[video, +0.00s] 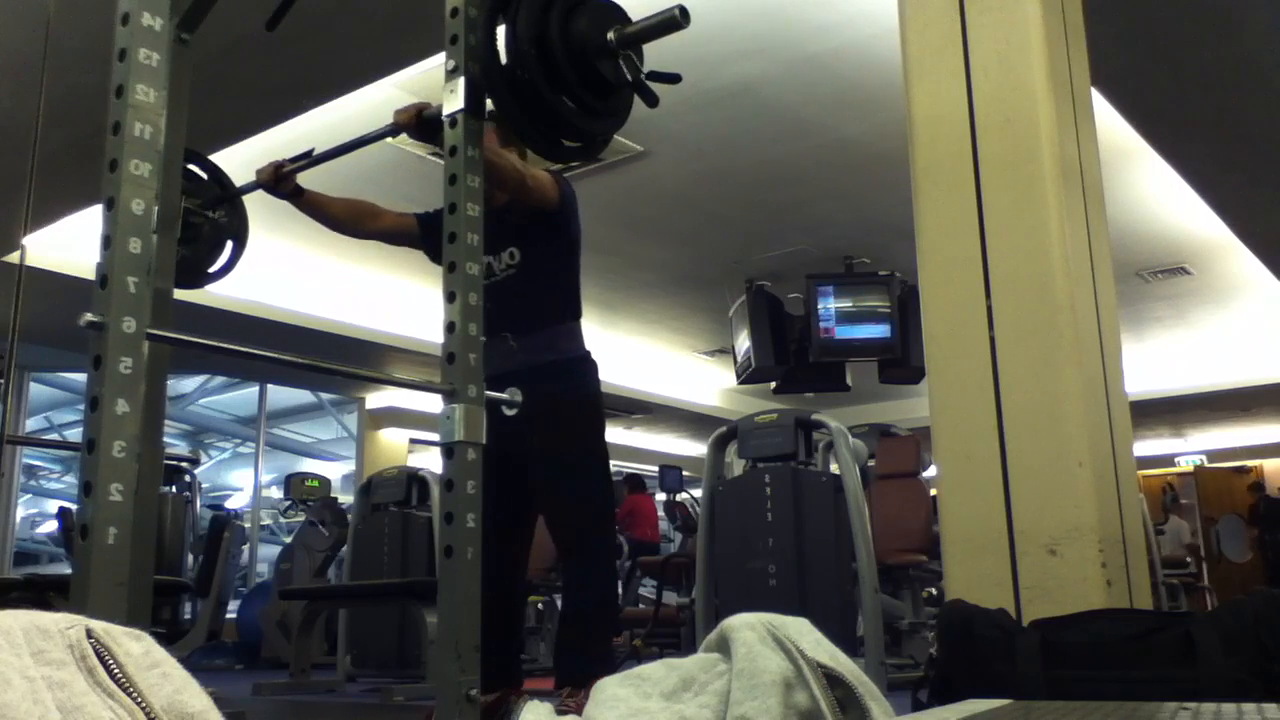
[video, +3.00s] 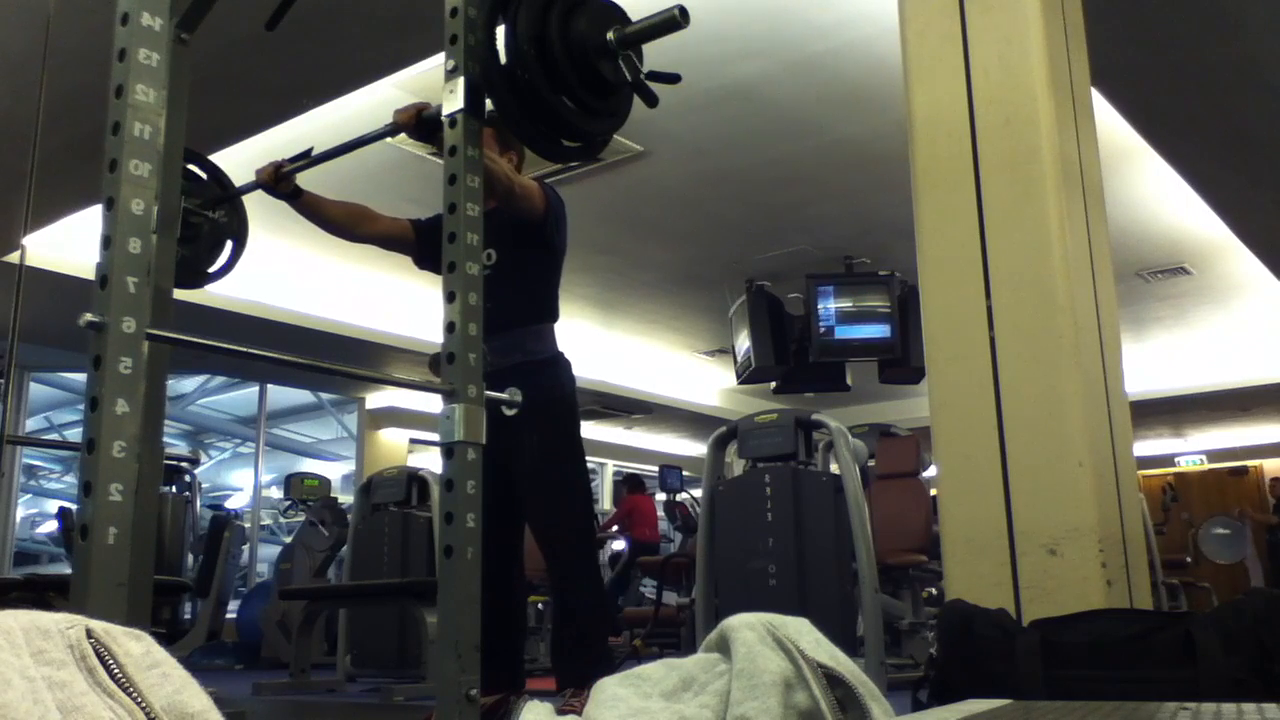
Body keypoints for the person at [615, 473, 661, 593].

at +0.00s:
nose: (625, 490)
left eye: (626, 487)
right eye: (625, 487)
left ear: (630, 487)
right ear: (643, 486)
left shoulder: (631, 500)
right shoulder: (649, 499)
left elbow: (620, 518)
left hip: (637, 543)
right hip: (654, 543)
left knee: (631, 576)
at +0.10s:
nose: (624, 491)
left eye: (625, 488)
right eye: (624, 488)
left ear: (629, 487)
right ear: (642, 486)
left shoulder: (632, 500)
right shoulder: (649, 500)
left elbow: (620, 518)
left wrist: (608, 525)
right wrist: (620, 530)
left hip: (637, 545)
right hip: (654, 545)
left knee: (626, 577)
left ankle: (627, 607)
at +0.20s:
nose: (624, 491)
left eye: (625, 488)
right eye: (624, 488)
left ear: (630, 487)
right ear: (642, 486)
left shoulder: (632, 500)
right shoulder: (650, 500)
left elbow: (618, 518)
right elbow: (635, 522)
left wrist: (600, 529)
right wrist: (618, 532)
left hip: (637, 545)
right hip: (654, 545)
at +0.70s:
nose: (626, 491)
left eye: (627, 488)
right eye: (626, 488)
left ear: (631, 487)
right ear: (644, 486)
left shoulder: (631, 500)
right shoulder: (650, 500)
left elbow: (617, 518)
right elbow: (636, 522)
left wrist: (601, 528)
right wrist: (618, 532)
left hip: (636, 545)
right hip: (654, 546)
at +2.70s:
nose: (623, 490)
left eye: (624, 487)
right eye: (624, 488)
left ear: (629, 487)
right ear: (642, 486)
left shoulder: (630, 500)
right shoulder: (649, 499)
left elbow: (615, 521)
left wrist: (600, 529)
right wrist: (619, 531)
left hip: (636, 546)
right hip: (654, 547)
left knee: (603, 552)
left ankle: (606, 589)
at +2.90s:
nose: (624, 491)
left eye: (625, 488)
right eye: (624, 488)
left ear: (629, 488)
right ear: (641, 486)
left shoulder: (631, 501)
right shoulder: (649, 500)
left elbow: (617, 519)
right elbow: (634, 523)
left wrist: (602, 529)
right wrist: (617, 532)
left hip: (637, 546)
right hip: (654, 546)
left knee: (609, 569)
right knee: (625, 572)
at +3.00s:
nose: (624, 491)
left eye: (625, 488)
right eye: (624, 488)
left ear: (629, 488)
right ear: (642, 487)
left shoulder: (630, 500)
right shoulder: (649, 500)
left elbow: (615, 519)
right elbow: (638, 522)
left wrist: (600, 530)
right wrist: (619, 531)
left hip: (637, 545)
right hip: (654, 545)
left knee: (614, 559)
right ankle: (633, 592)